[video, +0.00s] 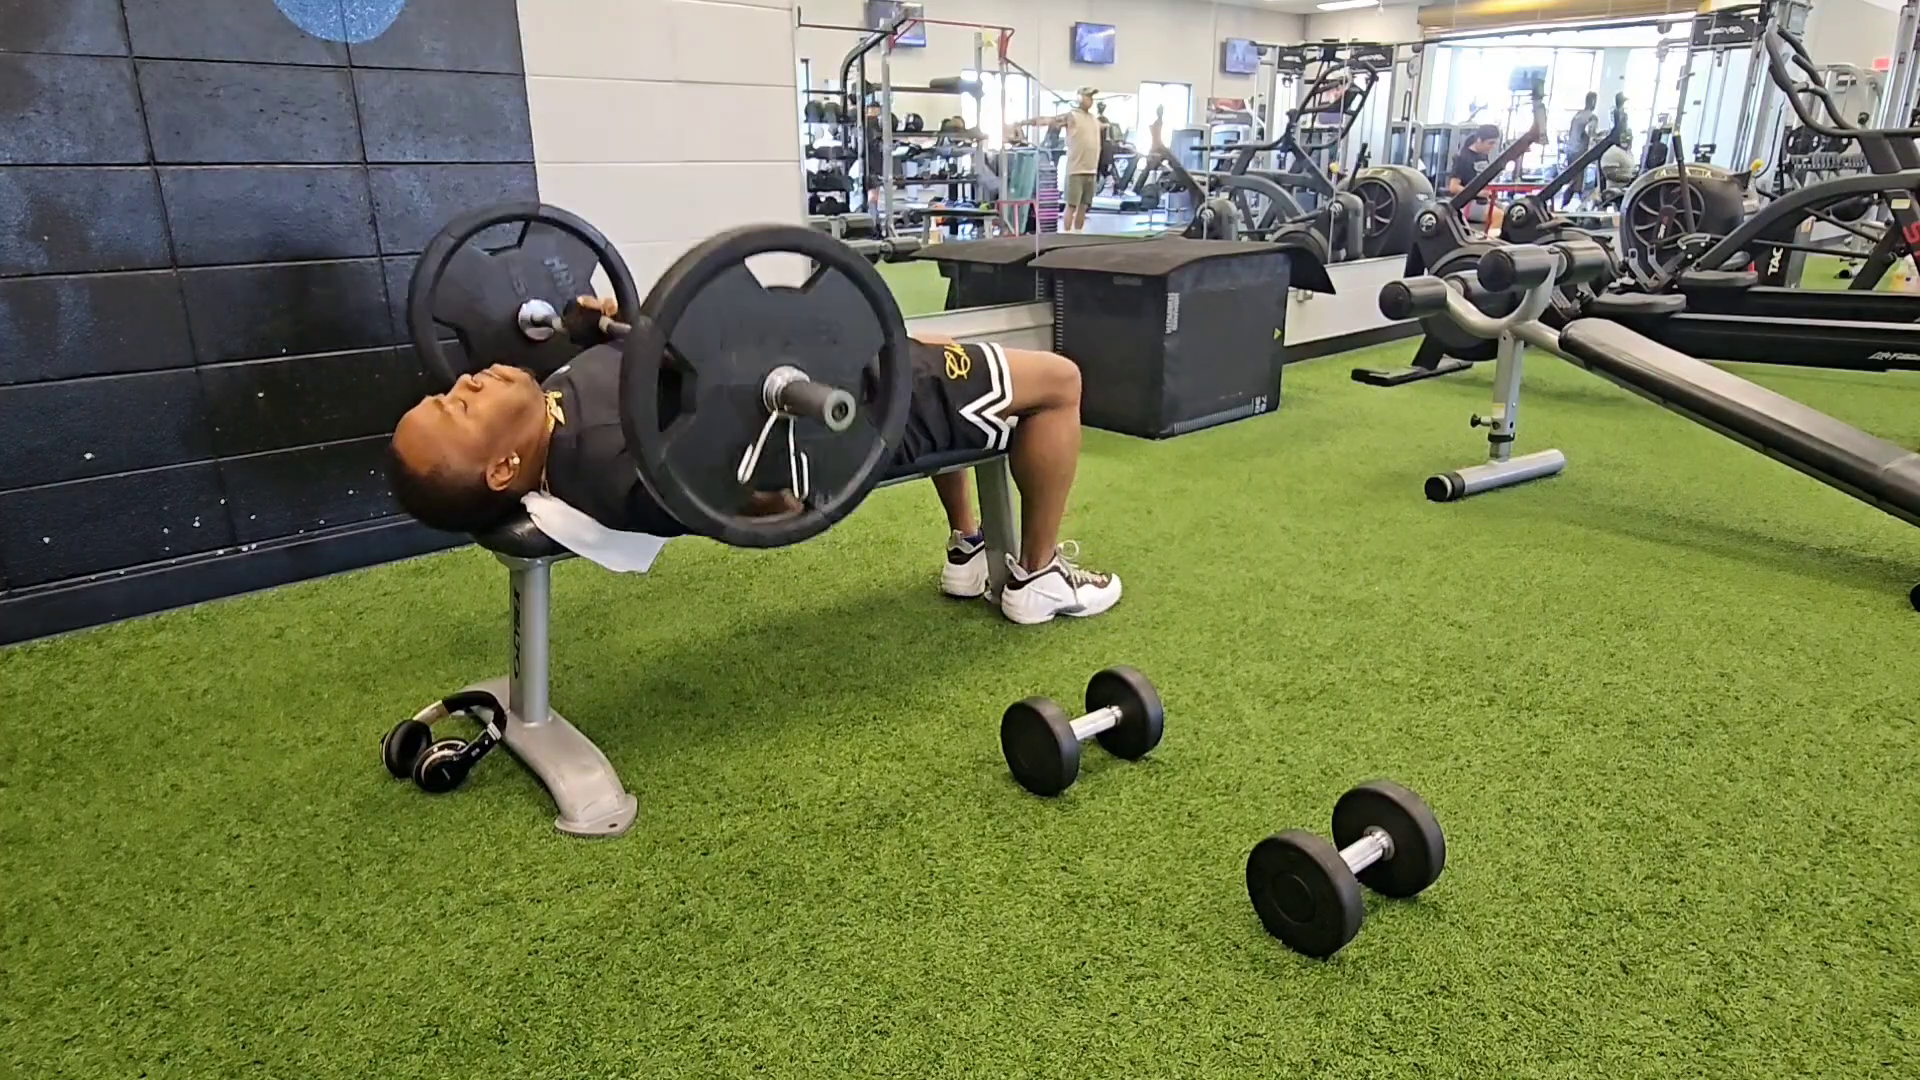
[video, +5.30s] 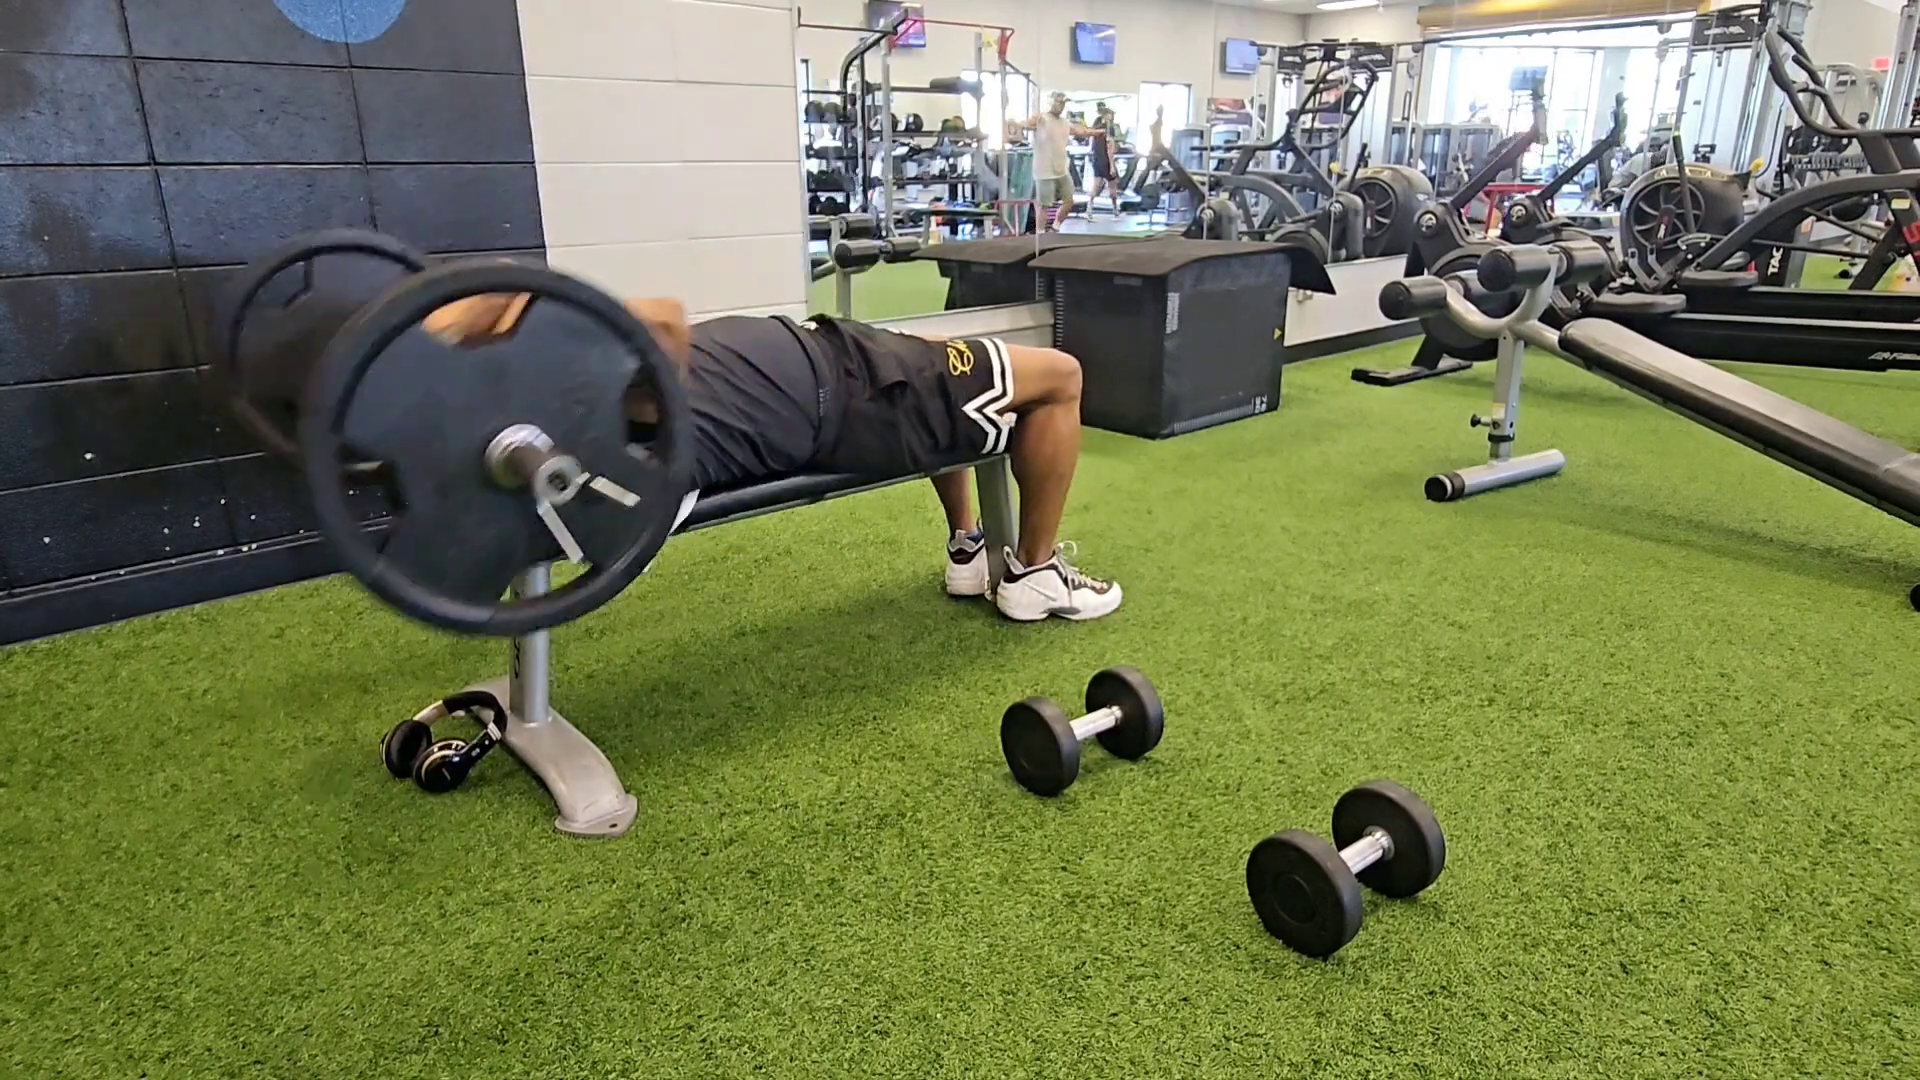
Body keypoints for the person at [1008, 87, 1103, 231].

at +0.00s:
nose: (1091, 100)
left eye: (1091, 97)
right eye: (1088, 97)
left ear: (1090, 100)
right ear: (1080, 98)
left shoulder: (1094, 120)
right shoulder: (1071, 116)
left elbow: (1102, 125)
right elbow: (1048, 121)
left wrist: (1108, 125)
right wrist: (1022, 123)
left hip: (1091, 169)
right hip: (1075, 168)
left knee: (1084, 206)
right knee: (1072, 205)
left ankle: (1078, 235)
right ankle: (1067, 235)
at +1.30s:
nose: (1092, 100)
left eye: (1093, 97)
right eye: (1089, 96)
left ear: (1092, 99)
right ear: (1082, 97)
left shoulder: (1095, 120)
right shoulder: (1072, 116)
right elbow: (1049, 122)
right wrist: (1023, 125)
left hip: (1092, 169)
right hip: (1076, 168)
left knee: (1084, 207)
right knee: (1072, 205)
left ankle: (1077, 235)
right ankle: (1067, 235)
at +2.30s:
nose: (1073, 103)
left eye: (1074, 100)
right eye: (1070, 99)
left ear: (1074, 102)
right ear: (1062, 101)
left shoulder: (1078, 121)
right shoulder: (1053, 119)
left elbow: (1088, 130)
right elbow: (1035, 127)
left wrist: (1102, 133)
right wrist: (1016, 131)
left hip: (1072, 171)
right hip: (1054, 171)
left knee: (1073, 204)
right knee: (1051, 207)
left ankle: (1076, 234)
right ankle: (1047, 234)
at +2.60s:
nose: (1063, 102)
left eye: (1063, 99)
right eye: (1059, 98)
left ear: (1063, 101)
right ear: (1051, 100)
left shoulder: (1068, 120)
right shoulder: (1043, 119)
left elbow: (1082, 128)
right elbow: (1024, 128)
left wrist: (1097, 131)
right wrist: (1007, 129)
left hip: (1063, 169)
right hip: (1046, 170)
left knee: (1063, 201)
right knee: (1043, 205)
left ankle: (1054, 229)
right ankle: (1042, 233)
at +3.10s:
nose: (1054, 105)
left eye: (1055, 102)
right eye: (1051, 102)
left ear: (1055, 105)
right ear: (1044, 103)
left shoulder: (1058, 124)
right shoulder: (1036, 121)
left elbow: (1075, 130)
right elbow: (1024, 131)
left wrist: (1093, 133)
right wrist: (1013, 133)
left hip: (1051, 170)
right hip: (1037, 170)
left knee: (1039, 203)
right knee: (1043, 203)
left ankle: (1030, 230)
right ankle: (1043, 233)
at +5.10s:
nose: (1055, 105)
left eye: (1057, 102)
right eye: (1052, 101)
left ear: (1059, 105)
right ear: (1045, 103)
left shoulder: (1060, 124)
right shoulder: (1036, 120)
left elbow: (1077, 132)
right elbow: (1025, 128)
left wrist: (1094, 134)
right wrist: (1016, 130)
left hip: (1055, 171)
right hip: (1040, 171)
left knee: (1054, 205)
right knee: (1044, 206)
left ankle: (1036, 227)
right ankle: (1041, 233)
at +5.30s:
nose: (1061, 106)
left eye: (1063, 103)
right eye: (1059, 102)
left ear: (1065, 105)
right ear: (1051, 102)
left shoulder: (1064, 123)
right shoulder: (1041, 118)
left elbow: (1081, 131)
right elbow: (1027, 124)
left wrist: (1099, 132)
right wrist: (1016, 124)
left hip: (1061, 169)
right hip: (1044, 170)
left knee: (1068, 201)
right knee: (1043, 205)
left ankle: (1055, 228)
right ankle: (1040, 233)